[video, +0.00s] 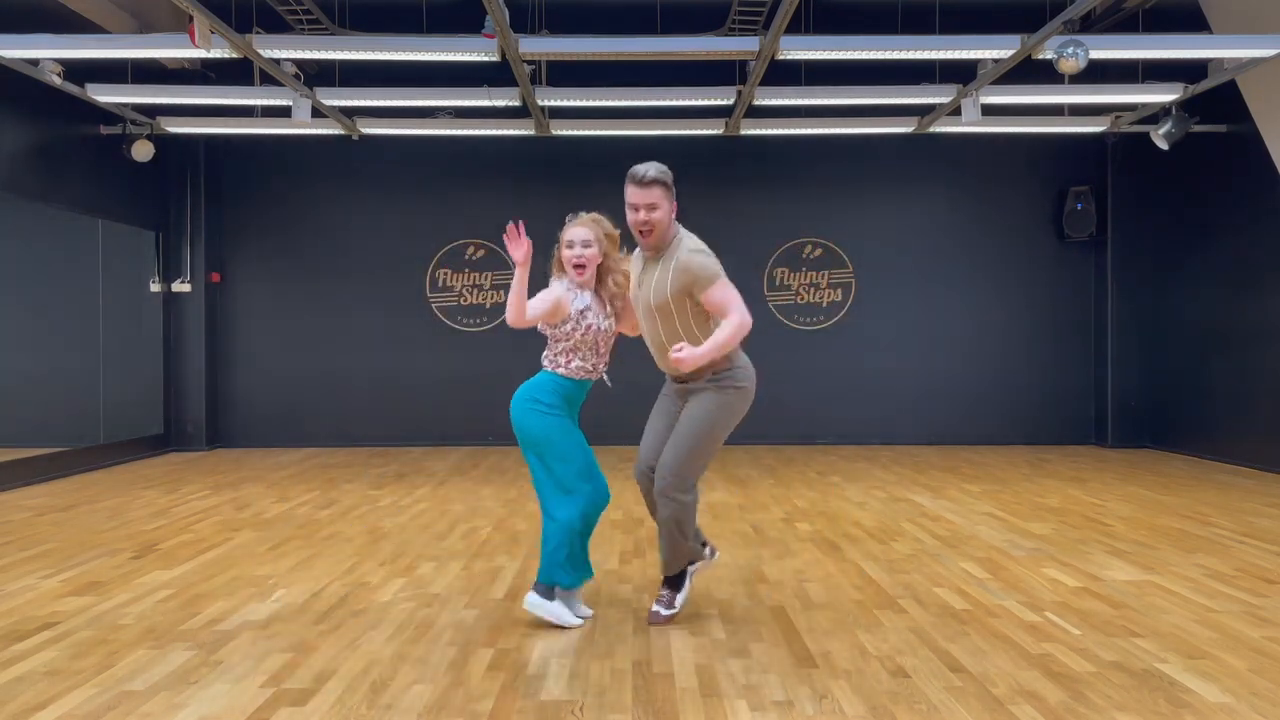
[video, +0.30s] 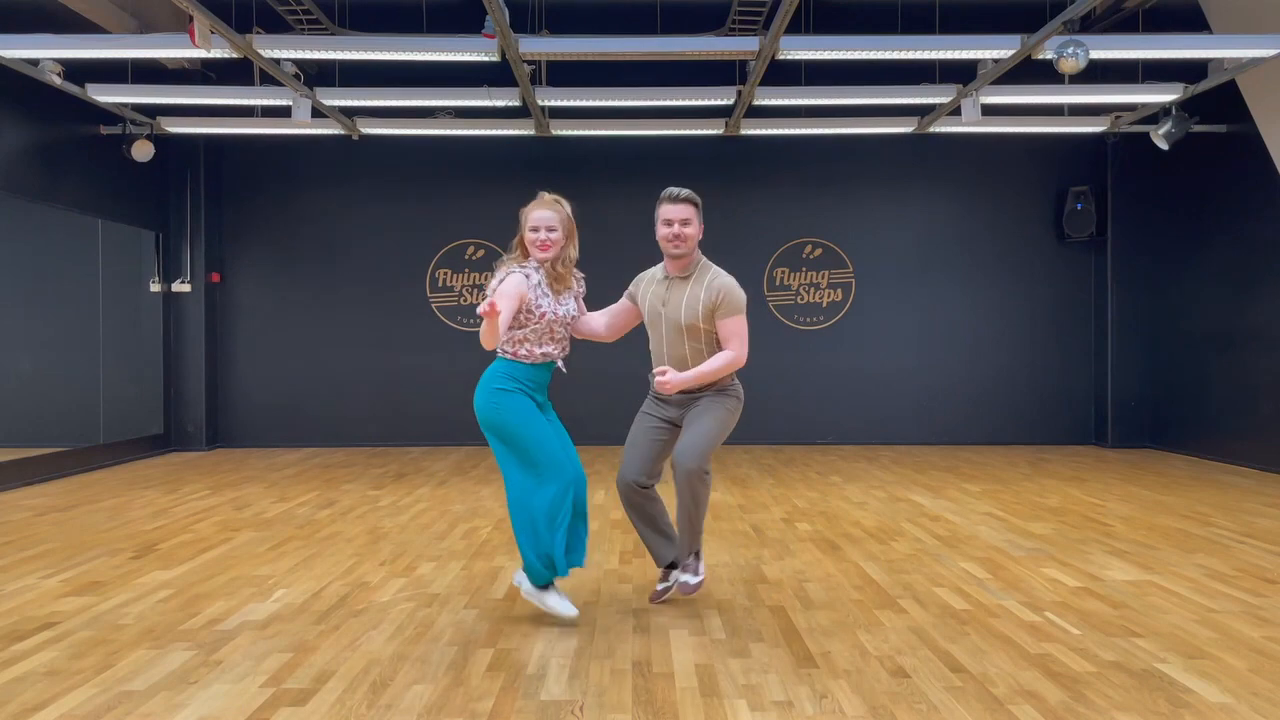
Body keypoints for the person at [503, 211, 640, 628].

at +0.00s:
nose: (579, 253)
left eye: (587, 245)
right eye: (570, 245)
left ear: (603, 253)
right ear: (561, 254)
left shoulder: (607, 300)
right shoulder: (559, 296)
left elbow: (634, 326)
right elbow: (517, 317)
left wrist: (672, 304)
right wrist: (522, 267)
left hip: (562, 406)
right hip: (541, 404)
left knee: (582, 493)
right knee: (589, 490)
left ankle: (564, 588)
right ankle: (546, 590)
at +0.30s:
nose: (542, 236)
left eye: (551, 229)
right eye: (534, 229)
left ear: (567, 235)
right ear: (523, 235)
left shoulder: (569, 283)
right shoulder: (517, 280)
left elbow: (595, 328)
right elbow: (489, 344)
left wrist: (641, 302)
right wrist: (490, 319)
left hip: (535, 392)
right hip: (504, 391)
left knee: (570, 474)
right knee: (561, 472)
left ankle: (541, 574)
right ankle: (535, 577)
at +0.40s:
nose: (534, 239)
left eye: (543, 232)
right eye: (524, 232)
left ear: (557, 238)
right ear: (511, 238)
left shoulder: (554, 288)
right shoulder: (507, 281)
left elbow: (568, 334)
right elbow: (498, 307)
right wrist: (499, 337)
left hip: (525, 393)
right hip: (488, 396)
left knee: (531, 480)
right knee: (561, 449)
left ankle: (513, 560)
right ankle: (531, 536)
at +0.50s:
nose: (528, 250)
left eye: (537, 243)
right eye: (519, 243)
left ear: (547, 251)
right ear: (503, 250)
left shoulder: (545, 298)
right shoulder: (498, 299)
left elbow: (563, 347)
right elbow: (503, 352)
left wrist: (578, 336)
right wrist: (520, 369)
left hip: (525, 410)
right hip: (486, 413)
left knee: (518, 495)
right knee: (546, 475)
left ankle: (501, 578)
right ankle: (520, 574)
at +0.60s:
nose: (541, 243)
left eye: (546, 237)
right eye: (531, 236)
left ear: (551, 246)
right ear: (509, 244)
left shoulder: (538, 292)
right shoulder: (505, 297)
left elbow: (552, 335)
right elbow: (522, 360)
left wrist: (598, 323)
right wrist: (564, 366)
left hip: (520, 403)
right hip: (482, 407)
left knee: (550, 491)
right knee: (540, 491)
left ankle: (504, 560)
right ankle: (506, 571)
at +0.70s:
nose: (559, 249)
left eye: (560, 242)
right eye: (551, 241)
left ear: (540, 249)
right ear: (525, 246)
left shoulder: (539, 295)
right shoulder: (519, 298)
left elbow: (548, 344)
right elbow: (541, 369)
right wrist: (597, 369)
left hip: (520, 410)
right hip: (489, 412)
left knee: (581, 469)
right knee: (536, 496)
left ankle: (542, 551)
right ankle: (484, 587)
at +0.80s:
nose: (578, 260)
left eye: (577, 253)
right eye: (573, 253)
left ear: (548, 258)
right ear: (550, 257)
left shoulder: (544, 300)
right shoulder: (548, 312)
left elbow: (581, 347)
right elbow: (570, 383)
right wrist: (618, 371)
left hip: (529, 420)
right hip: (515, 422)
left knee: (597, 485)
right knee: (517, 516)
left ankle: (570, 580)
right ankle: (472, 606)